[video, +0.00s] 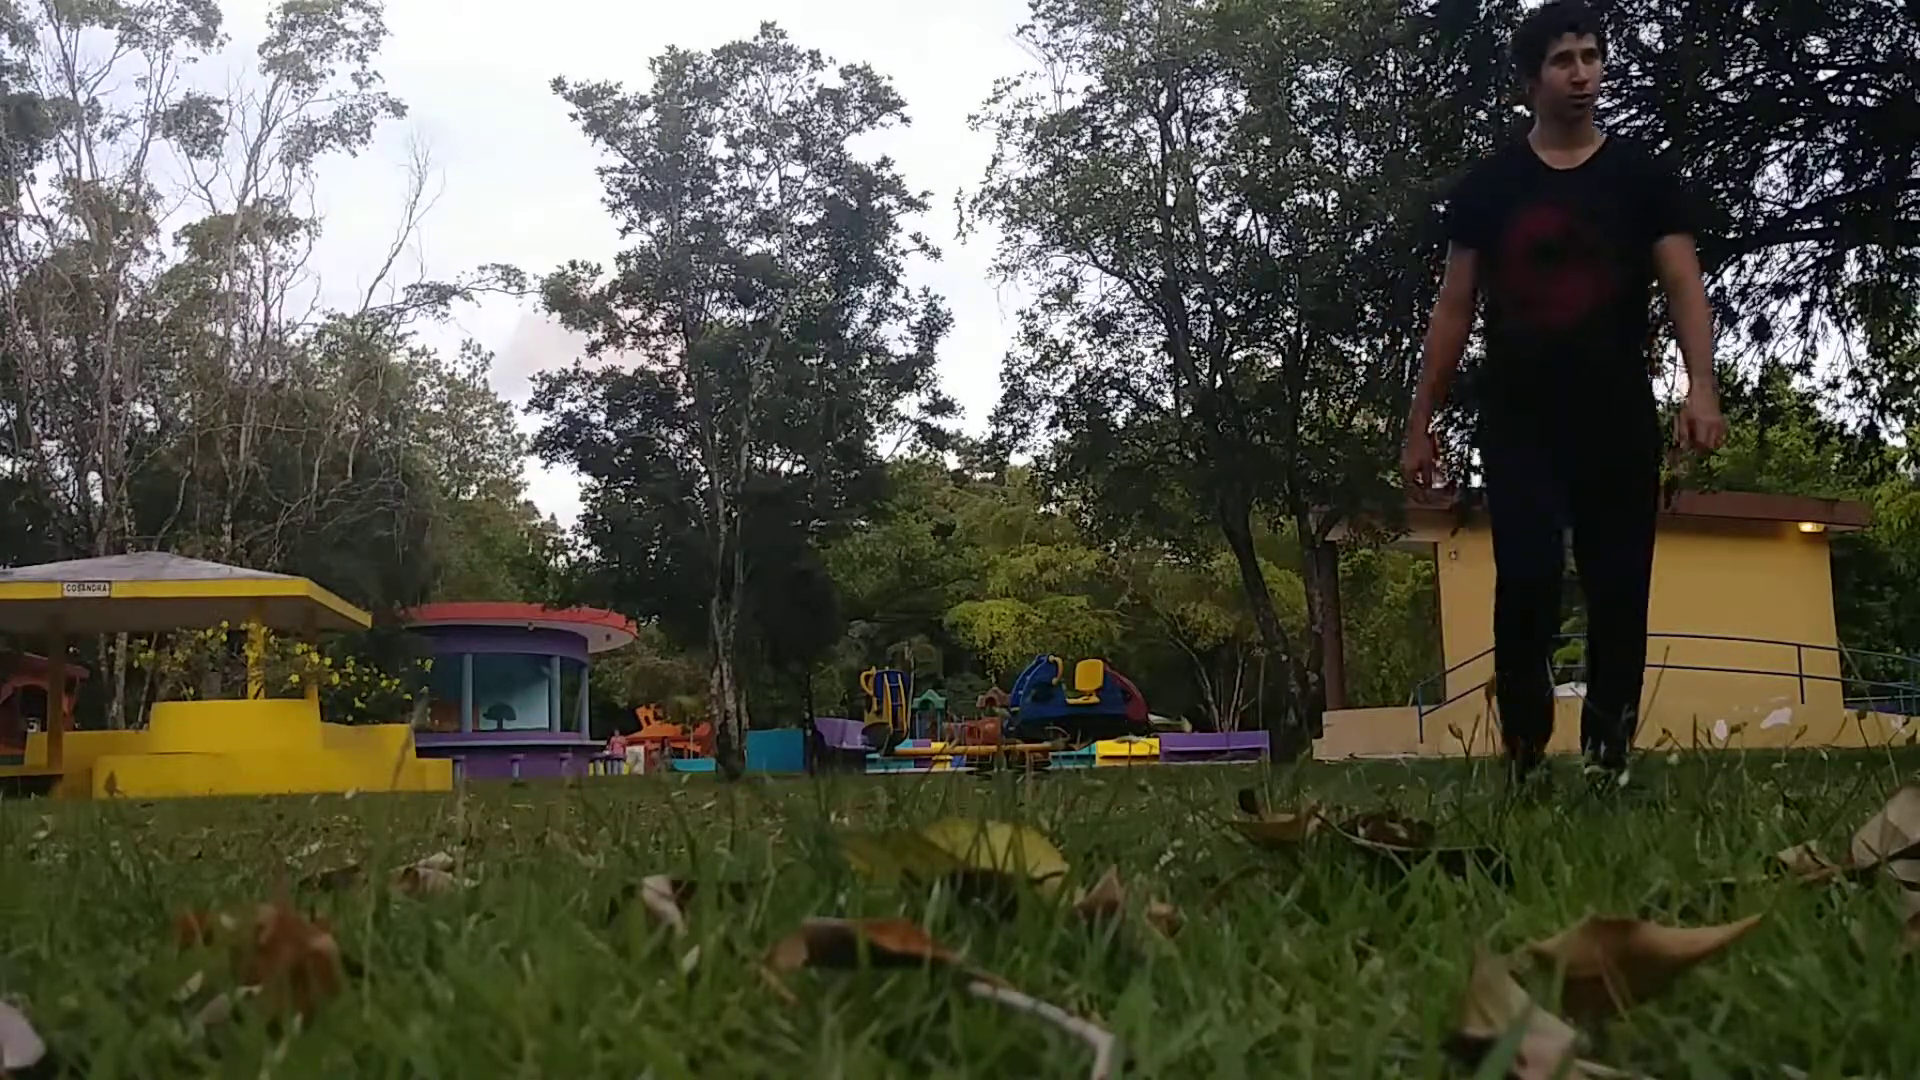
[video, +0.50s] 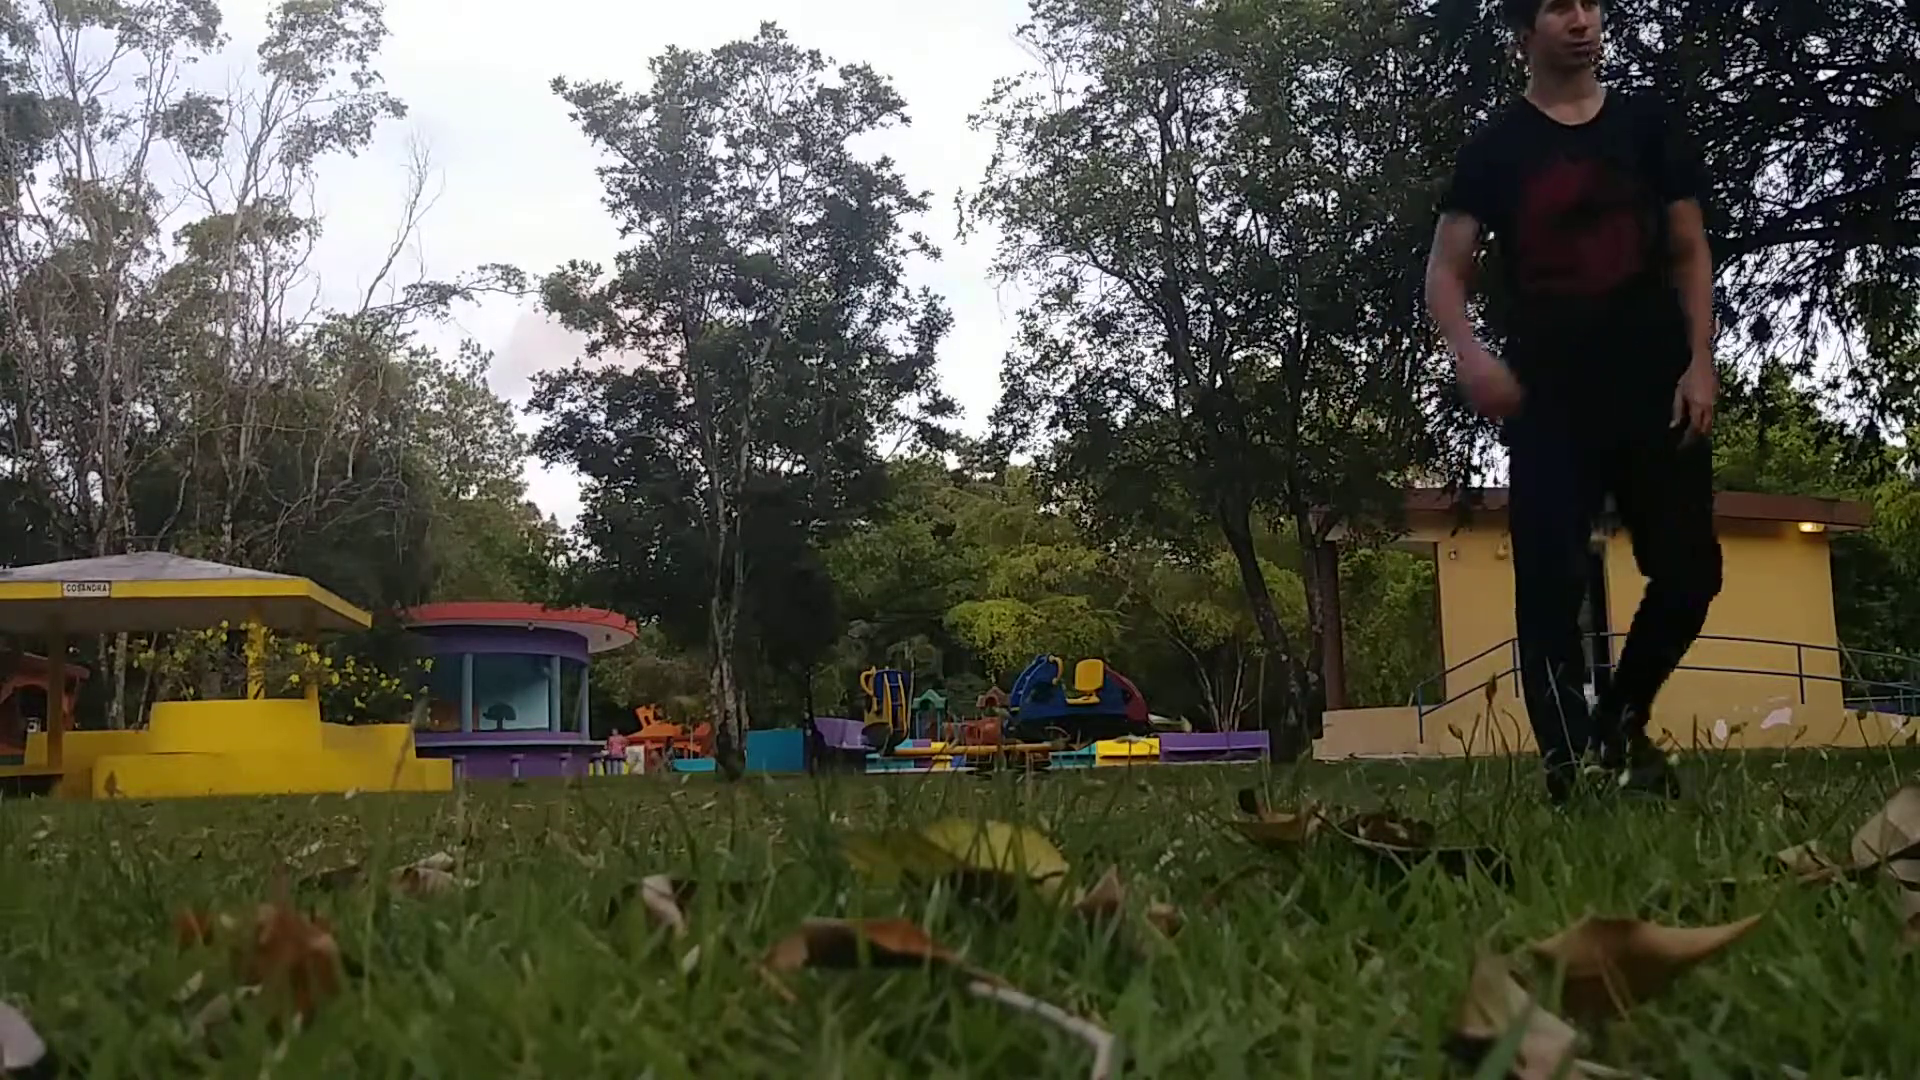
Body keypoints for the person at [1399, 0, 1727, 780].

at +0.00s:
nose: (1581, 73)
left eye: (1591, 58)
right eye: (1563, 61)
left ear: (1604, 68)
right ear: (1529, 78)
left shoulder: (1644, 173)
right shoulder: (1487, 184)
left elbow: (1683, 283)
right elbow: (1453, 305)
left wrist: (1702, 385)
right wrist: (1421, 419)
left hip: (1618, 414)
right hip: (1519, 417)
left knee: (1619, 592)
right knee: (1525, 585)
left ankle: (1609, 758)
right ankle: (1523, 757)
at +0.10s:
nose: (1584, 64)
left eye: (1592, 49)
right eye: (1565, 53)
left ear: (1607, 61)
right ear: (1530, 72)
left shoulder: (1648, 171)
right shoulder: (1489, 184)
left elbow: (1689, 279)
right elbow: (1459, 308)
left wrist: (1695, 381)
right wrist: (1428, 420)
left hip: (1623, 415)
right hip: (1524, 421)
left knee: (1622, 597)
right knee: (1535, 595)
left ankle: (1610, 761)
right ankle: (1552, 764)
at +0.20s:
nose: (1582, 60)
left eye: (1592, 44)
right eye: (1563, 48)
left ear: (1607, 57)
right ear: (1529, 66)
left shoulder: (1649, 166)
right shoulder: (1489, 182)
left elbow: (1691, 282)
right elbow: (1459, 309)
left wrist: (1687, 382)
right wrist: (1431, 428)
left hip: (1631, 415)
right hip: (1531, 422)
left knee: (1627, 598)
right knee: (1542, 597)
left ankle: (1611, 762)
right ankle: (1569, 765)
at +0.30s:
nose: (1578, 49)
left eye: (1588, 33)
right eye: (1559, 35)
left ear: (1602, 47)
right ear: (1524, 54)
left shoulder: (1648, 152)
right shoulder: (1488, 169)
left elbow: (1682, 272)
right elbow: (1456, 303)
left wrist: (1681, 380)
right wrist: (1431, 425)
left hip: (1639, 406)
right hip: (1537, 413)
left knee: (1632, 597)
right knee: (1546, 596)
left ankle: (1610, 760)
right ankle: (1565, 771)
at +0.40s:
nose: (1574, 30)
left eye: (1585, 16)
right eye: (1555, 17)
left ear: (1601, 32)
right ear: (1522, 40)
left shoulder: (1649, 135)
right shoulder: (1491, 152)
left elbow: (1681, 260)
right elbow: (1453, 286)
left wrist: (1685, 369)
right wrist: (1439, 400)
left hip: (1642, 393)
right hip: (1540, 401)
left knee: (1662, 585)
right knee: (1548, 590)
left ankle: (1612, 732)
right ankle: (1566, 767)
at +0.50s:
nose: (1580, 22)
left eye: (1589, 8)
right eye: (1559, 10)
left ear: (1602, 21)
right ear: (1525, 31)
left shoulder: (1650, 125)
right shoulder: (1497, 142)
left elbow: (1690, 250)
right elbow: (1445, 270)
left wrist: (1701, 358)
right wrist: (1470, 356)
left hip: (1652, 388)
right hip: (1548, 395)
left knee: (1690, 575)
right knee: (1548, 585)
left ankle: (1621, 724)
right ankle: (1568, 766)